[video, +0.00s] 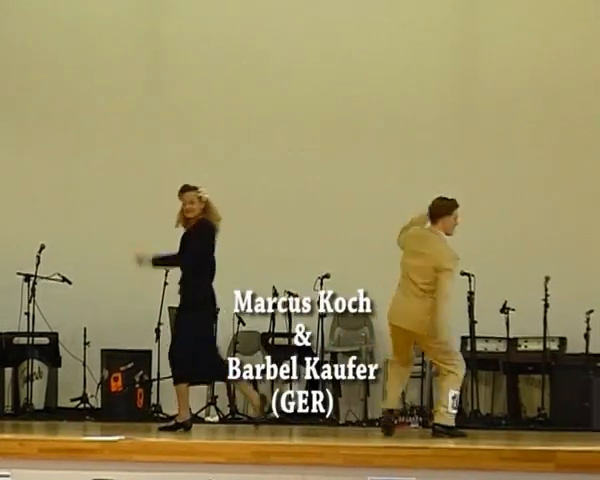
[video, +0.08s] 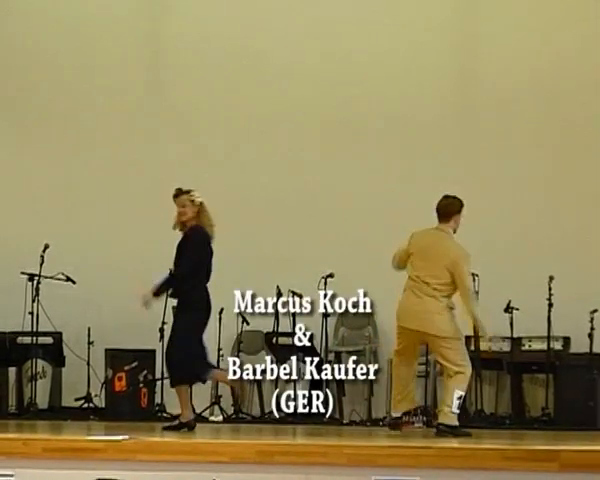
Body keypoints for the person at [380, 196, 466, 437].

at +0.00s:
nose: (457, 222)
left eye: (456, 217)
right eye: (454, 217)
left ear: (431, 218)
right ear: (443, 219)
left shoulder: (412, 237)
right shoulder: (446, 255)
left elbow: (403, 233)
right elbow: (442, 300)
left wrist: (423, 217)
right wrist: (443, 334)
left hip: (398, 316)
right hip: (425, 322)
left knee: (400, 361)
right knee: (454, 366)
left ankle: (389, 411)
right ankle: (444, 421)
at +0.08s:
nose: (461, 220)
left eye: (460, 216)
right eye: (461, 216)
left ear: (438, 215)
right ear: (456, 218)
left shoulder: (417, 238)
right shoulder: (457, 252)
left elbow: (397, 262)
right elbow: (466, 292)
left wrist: (416, 252)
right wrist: (477, 321)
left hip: (407, 314)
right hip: (437, 319)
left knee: (403, 359)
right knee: (460, 368)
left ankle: (398, 414)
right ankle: (447, 420)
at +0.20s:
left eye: (433, 205)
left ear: (431, 208)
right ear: (452, 209)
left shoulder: (416, 237)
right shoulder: (462, 241)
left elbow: (398, 276)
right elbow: (487, 270)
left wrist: (379, 303)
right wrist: (516, 269)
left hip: (414, 313)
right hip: (448, 316)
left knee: (406, 359)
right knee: (459, 368)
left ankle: (392, 406)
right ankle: (451, 420)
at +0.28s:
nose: (423, 207)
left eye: (422, 203)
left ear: (422, 205)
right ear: (444, 204)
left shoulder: (412, 236)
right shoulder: (461, 233)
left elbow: (400, 279)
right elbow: (497, 242)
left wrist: (381, 314)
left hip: (416, 309)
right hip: (450, 310)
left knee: (403, 358)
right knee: (460, 364)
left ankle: (391, 410)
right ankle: (456, 417)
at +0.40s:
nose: (406, 211)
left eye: (406, 208)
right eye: (410, 207)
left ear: (408, 208)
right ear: (428, 206)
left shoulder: (405, 241)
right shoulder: (452, 225)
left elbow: (407, 280)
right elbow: (483, 214)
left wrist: (405, 313)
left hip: (418, 308)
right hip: (448, 306)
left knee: (401, 356)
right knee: (456, 362)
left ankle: (397, 415)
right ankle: (465, 420)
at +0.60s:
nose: (380, 216)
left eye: (381, 211)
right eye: (380, 211)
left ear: (387, 211)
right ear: (401, 209)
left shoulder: (389, 245)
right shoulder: (425, 224)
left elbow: (401, 285)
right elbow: (456, 224)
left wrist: (406, 319)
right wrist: (456, 202)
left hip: (413, 311)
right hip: (439, 304)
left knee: (391, 362)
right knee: (448, 357)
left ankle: (401, 419)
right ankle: (477, 403)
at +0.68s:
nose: (370, 216)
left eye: (371, 211)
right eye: (370, 211)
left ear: (379, 211)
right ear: (391, 209)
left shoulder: (381, 245)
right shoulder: (416, 226)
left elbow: (388, 288)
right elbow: (441, 240)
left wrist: (386, 326)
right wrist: (450, 230)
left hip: (406, 311)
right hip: (431, 306)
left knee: (389, 365)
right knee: (432, 355)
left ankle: (401, 420)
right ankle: (462, 400)